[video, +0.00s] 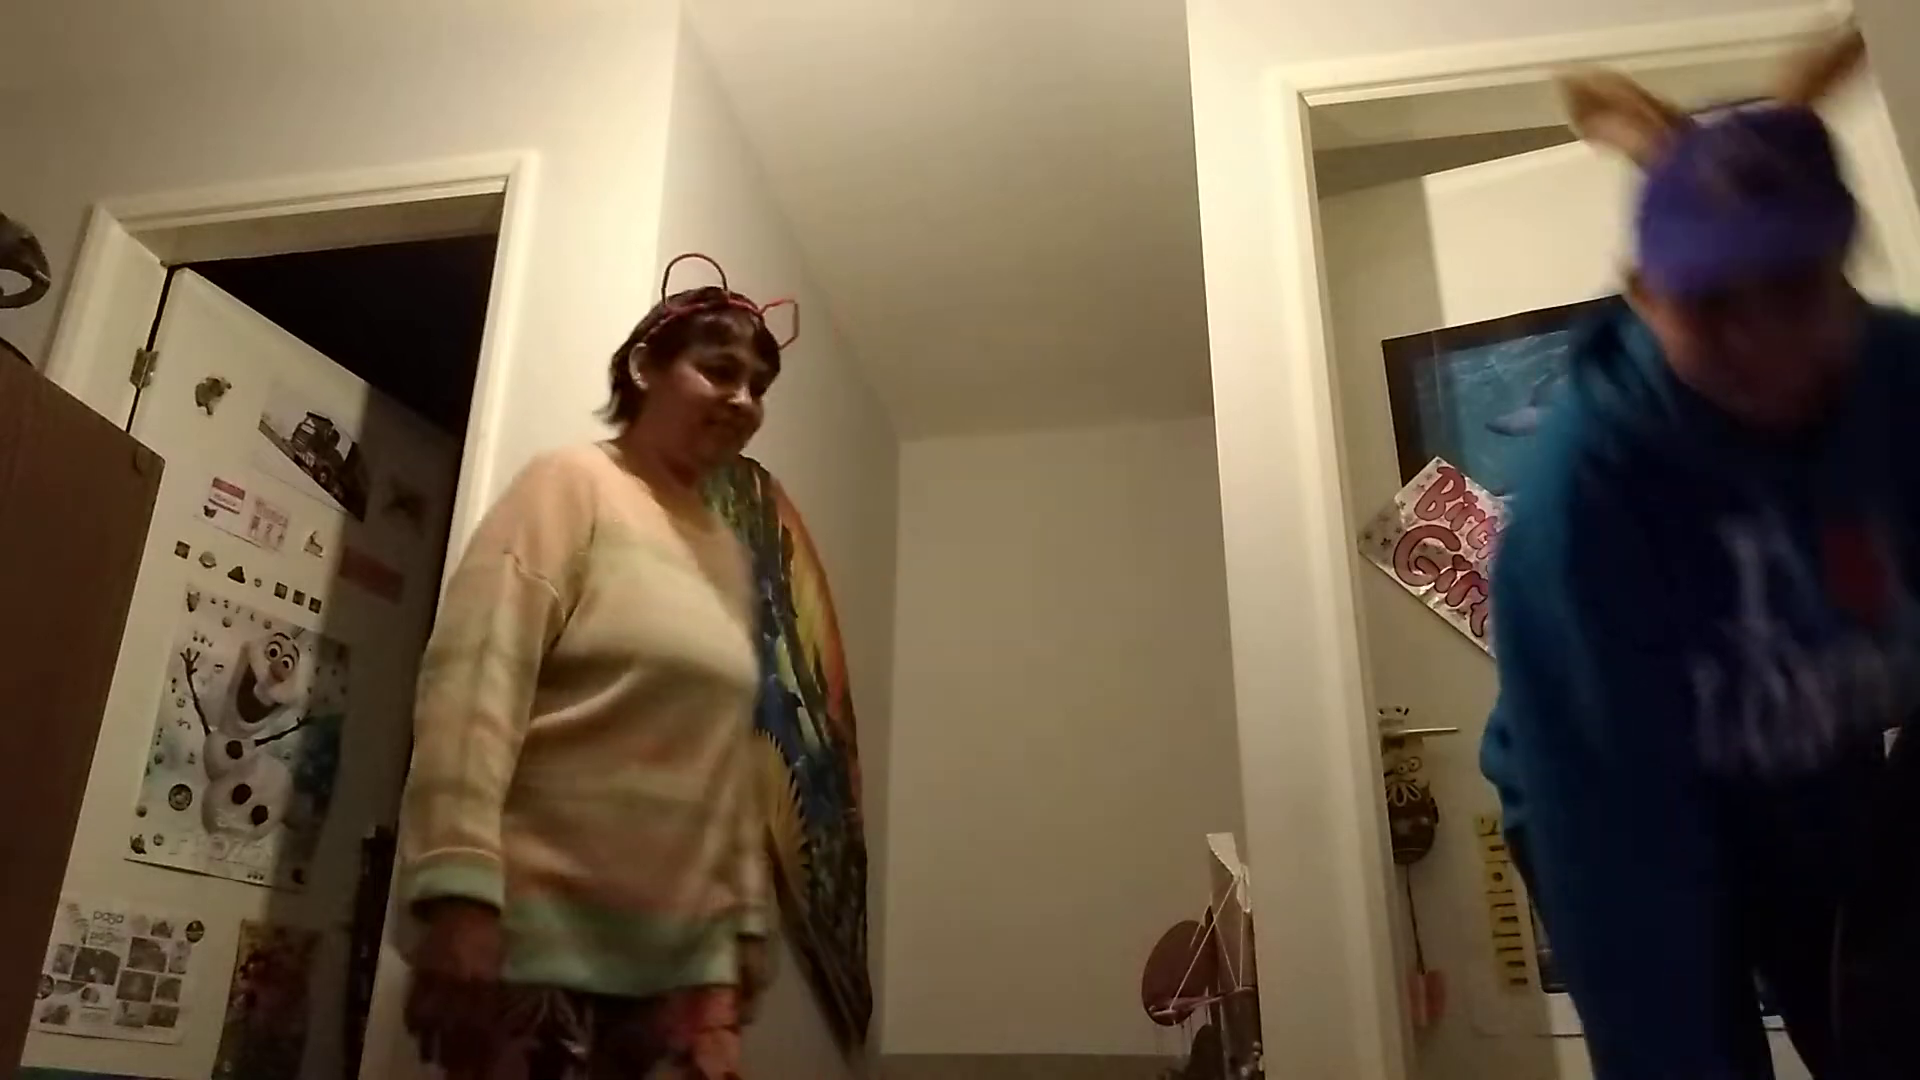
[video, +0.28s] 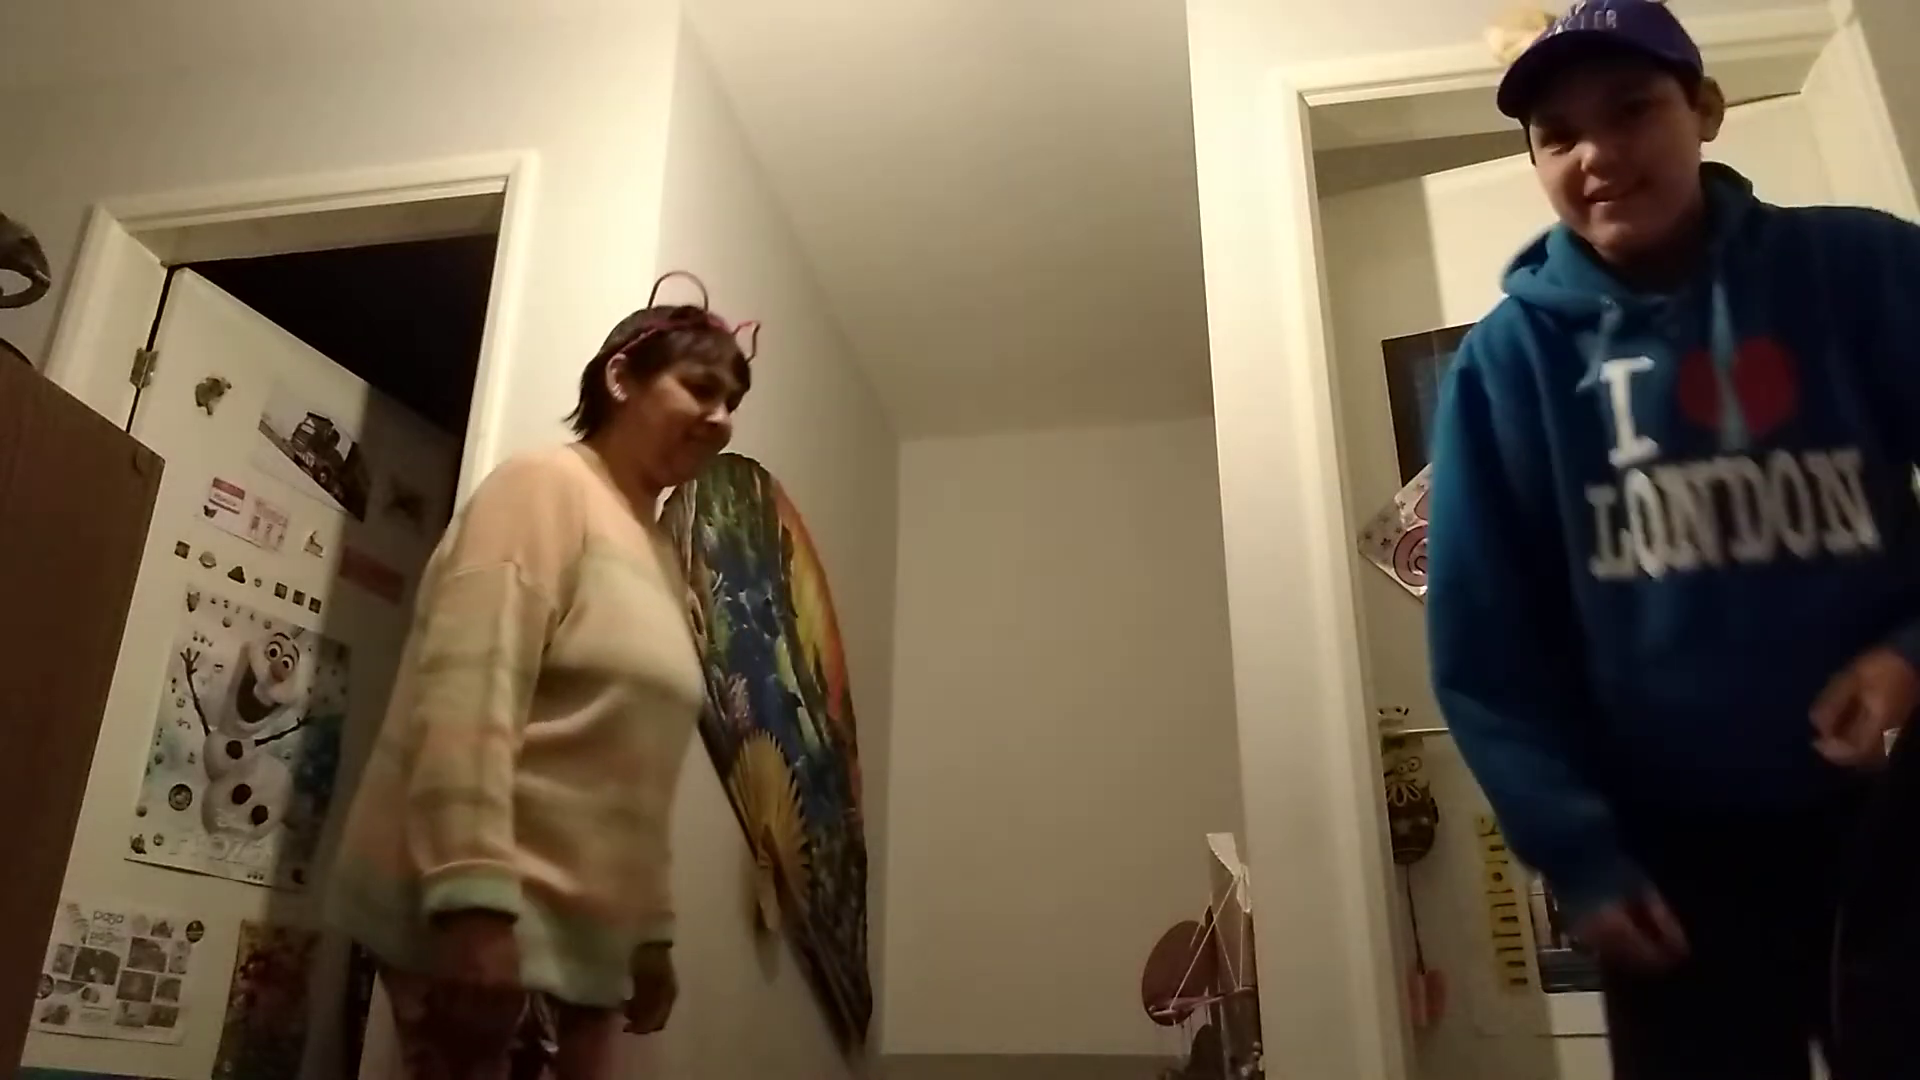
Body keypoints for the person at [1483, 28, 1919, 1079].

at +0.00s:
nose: (1758, 340)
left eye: (1792, 294)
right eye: (1711, 304)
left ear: (1843, 271)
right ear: (1646, 297)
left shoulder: (1900, 384)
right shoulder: (1587, 489)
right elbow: (1602, 826)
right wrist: (1674, 1057)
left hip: (1848, 803)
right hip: (1649, 836)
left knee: (1888, 1047)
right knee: (1690, 1056)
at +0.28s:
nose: (1597, 156)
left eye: (1631, 111)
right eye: (1560, 134)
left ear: (1704, 113)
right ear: (1536, 166)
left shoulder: (1870, 269)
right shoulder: (1503, 367)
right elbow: (1481, 664)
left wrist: (1913, 651)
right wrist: (1581, 863)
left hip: (1887, 811)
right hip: (1670, 844)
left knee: (1891, 1060)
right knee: (1699, 1079)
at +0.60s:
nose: (1630, 168)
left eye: (1659, 134)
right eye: (1600, 155)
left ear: (1738, 141)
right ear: (1588, 191)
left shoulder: (1871, 253)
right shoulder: (1584, 379)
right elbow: (1561, 577)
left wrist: (1804, 574)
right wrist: (1560, 645)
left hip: (1887, 772)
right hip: (1706, 805)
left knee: (1884, 1049)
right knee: (1713, 1059)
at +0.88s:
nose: (1632, 198)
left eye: (1661, 166)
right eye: (1606, 190)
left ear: (1735, 179)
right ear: (1602, 232)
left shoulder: (1846, 271)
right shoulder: (1610, 402)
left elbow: (1919, 463)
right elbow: (1607, 659)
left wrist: (1711, 505)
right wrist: (1576, 603)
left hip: (1875, 780)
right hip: (1710, 812)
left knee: (1886, 1052)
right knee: (1758, 1064)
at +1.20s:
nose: (1596, 244)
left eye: (1622, 211)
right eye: (1579, 235)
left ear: (1709, 208)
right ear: (1581, 266)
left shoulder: (1801, 305)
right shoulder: (1615, 419)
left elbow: (1838, 517)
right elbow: (1593, 665)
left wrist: (1576, 558)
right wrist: (1509, 564)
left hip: (1831, 794)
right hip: (1699, 816)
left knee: (1844, 1055)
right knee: (1743, 1060)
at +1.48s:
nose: (1593, 269)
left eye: (1605, 232)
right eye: (1582, 256)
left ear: (1689, 200)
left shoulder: (1797, 280)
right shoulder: (1664, 387)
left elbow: (1729, 453)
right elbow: (1588, 628)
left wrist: (1552, 416)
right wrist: (1531, 493)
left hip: (1820, 794)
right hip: (1716, 811)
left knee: (1841, 1055)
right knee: (1776, 1058)